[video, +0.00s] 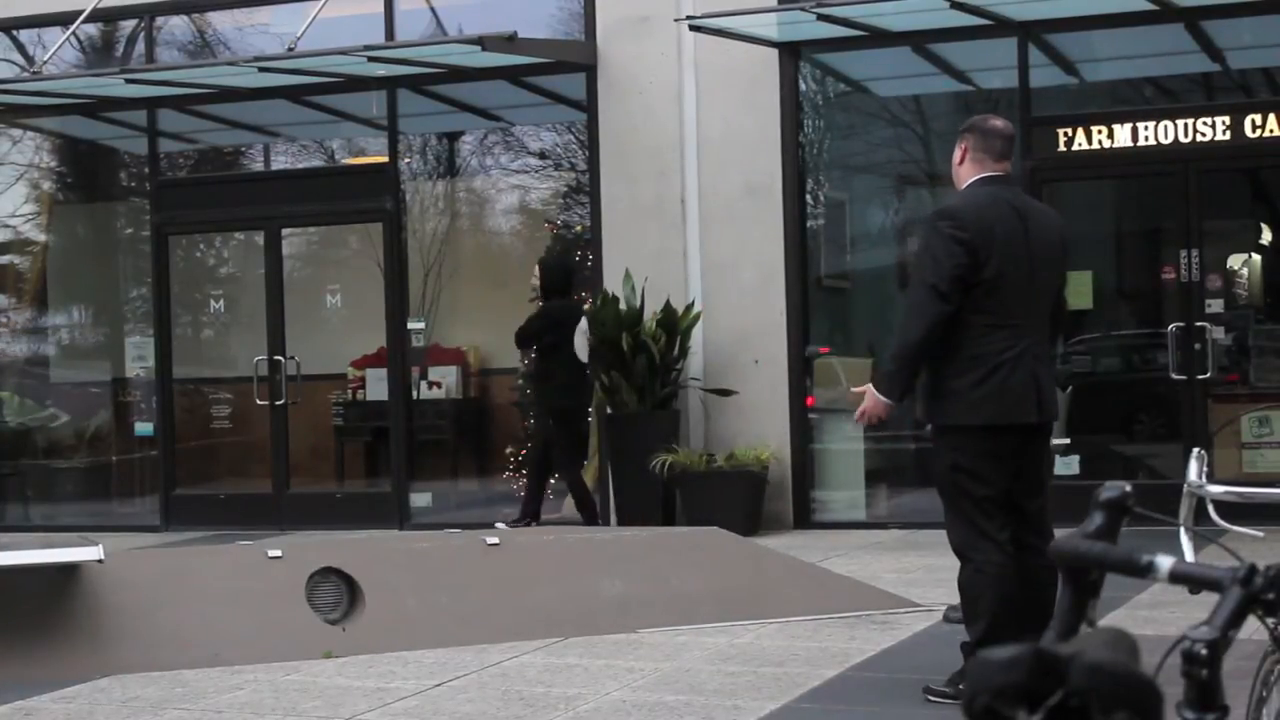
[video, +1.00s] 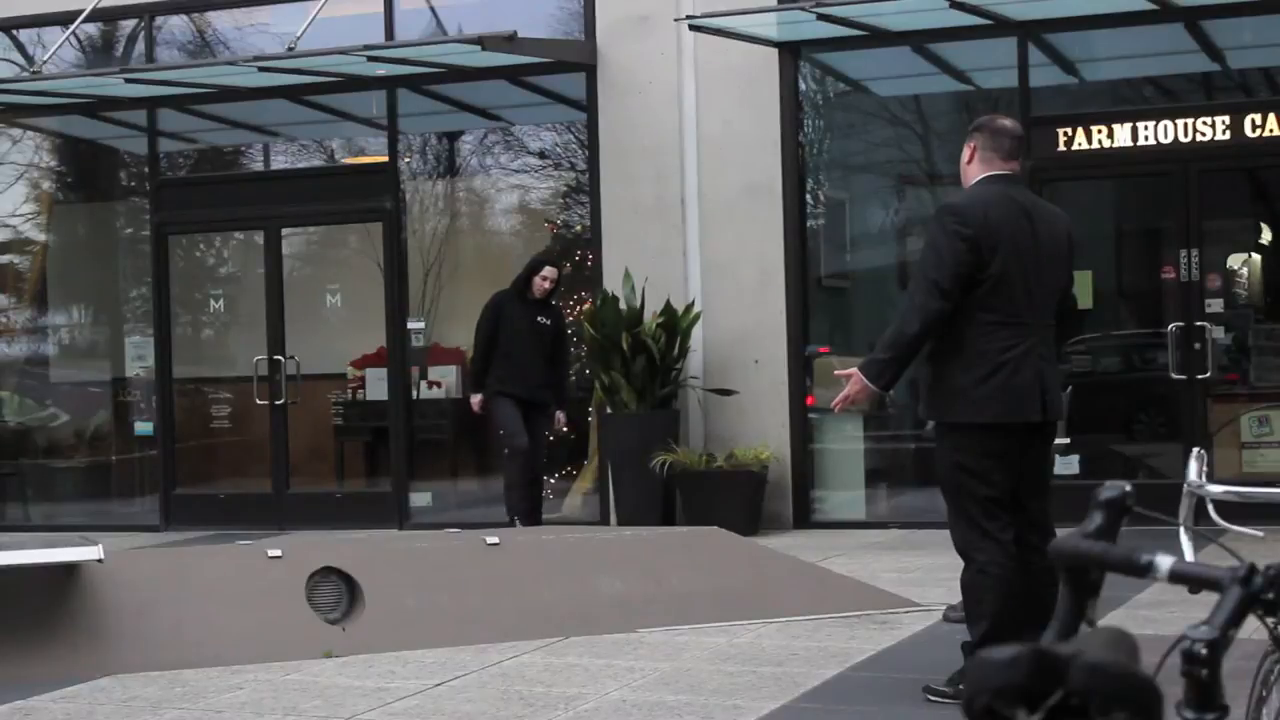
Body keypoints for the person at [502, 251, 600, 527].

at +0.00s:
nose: (535, 282)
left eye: (538, 277)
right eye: (536, 276)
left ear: (549, 281)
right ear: (566, 280)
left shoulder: (550, 312)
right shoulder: (575, 311)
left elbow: (522, 338)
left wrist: (538, 316)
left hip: (555, 396)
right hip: (572, 392)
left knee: (564, 461)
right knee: (541, 457)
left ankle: (593, 520)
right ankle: (529, 514)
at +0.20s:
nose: (527, 283)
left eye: (533, 280)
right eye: (527, 278)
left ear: (547, 283)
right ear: (526, 279)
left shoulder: (551, 313)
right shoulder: (530, 310)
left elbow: (539, 359)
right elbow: (529, 360)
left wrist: (504, 374)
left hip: (545, 396)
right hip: (527, 395)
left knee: (537, 463)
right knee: (523, 464)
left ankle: (582, 512)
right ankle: (523, 523)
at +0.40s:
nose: (530, 282)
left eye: (536, 279)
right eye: (526, 277)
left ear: (543, 285)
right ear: (518, 279)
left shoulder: (551, 315)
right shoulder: (500, 312)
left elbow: (560, 356)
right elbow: (489, 355)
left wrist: (560, 393)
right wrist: (489, 394)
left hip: (542, 397)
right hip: (511, 397)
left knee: (538, 457)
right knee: (519, 461)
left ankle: (544, 515)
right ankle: (522, 519)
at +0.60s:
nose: (534, 288)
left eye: (540, 284)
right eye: (529, 282)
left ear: (545, 289)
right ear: (519, 283)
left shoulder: (551, 318)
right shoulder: (496, 315)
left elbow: (575, 353)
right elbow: (483, 359)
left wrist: (590, 383)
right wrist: (481, 399)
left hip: (541, 402)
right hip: (506, 403)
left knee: (538, 466)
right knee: (507, 468)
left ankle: (535, 527)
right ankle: (516, 525)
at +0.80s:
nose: (541, 284)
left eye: (547, 281)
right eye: (537, 278)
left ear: (551, 284)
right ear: (526, 276)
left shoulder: (552, 313)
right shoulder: (499, 308)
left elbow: (569, 357)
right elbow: (486, 353)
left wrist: (576, 398)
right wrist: (486, 393)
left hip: (541, 397)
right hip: (505, 398)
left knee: (540, 465)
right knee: (504, 462)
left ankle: (535, 526)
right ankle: (499, 517)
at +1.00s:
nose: (546, 285)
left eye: (552, 281)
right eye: (543, 278)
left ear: (555, 284)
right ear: (531, 275)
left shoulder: (553, 313)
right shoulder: (501, 302)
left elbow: (560, 363)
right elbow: (482, 346)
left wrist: (560, 405)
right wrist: (476, 388)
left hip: (538, 395)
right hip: (502, 391)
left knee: (536, 458)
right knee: (518, 446)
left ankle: (533, 523)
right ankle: (516, 515)